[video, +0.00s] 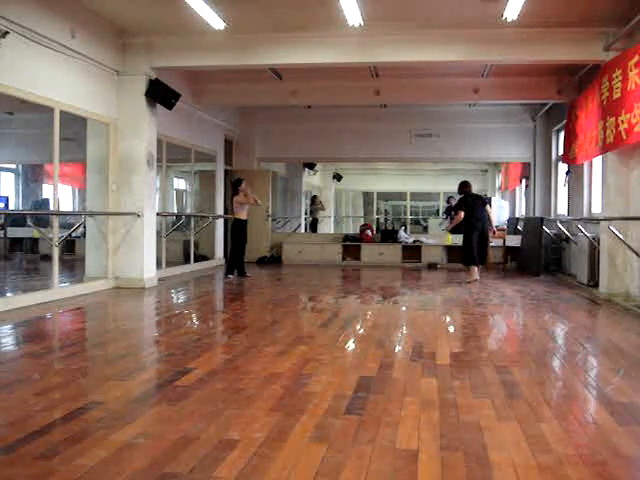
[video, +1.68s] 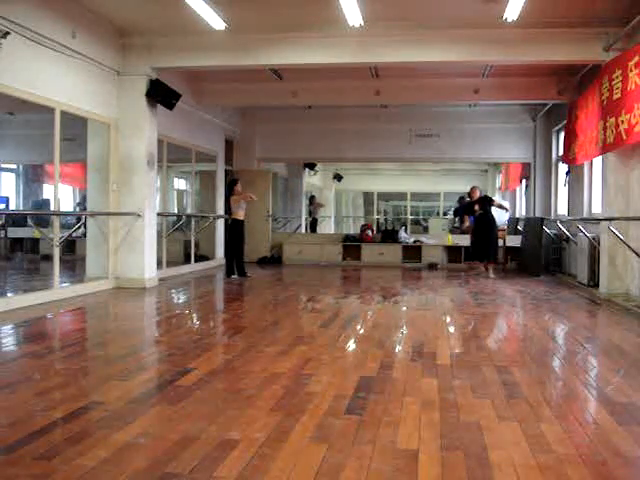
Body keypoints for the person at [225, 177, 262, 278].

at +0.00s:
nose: (245, 186)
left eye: (245, 184)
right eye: (243, 184)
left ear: (242, 186)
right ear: (239, 187)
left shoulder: (244, 197)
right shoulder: (237, 198)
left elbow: (258, 203)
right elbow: (249, 202)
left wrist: (251, 195)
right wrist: (247, 193)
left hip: (244, 221)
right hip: (237, 221)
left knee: (242, 248)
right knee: (235, 248)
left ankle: (241, 271)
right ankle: (229, 272)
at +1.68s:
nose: (240, 187)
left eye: (240, 185)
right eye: (238, 185)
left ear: (238, 187)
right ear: (234, 187)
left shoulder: (241, 197)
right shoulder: (233, 198)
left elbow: (253, 198)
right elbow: (241, 197)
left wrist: (249, 196)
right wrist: (247, 196)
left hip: (240, 221)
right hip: (234, 221)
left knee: (239, 248)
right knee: (232, 248)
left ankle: (241, 271)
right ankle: (230, 272)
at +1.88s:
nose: (242, 186)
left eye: (242, 184)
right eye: (240, 184)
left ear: (241, 187)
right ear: (236, 187)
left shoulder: (242, 198)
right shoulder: (235, 198)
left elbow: (244, 211)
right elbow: (233, 210)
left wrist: (250, 207)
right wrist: (244, 206)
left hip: (241, 221)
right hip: (235, 221)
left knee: (240, 247)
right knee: (233, 247)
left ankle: (241, 271)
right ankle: (230, 271)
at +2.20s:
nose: (245, 187)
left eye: (245, 185)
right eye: (243, 185)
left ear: (243, 187)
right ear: (238, 187)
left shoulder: (245, 198)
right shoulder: (233, 197)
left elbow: (245, 207)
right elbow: (220, 204)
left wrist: (246, 212)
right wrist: (229, 211)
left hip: (241, 221)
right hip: (233, 220)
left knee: (241, 247)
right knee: (230, 246)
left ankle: (241, 271)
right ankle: (226, 270)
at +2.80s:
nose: (232, 187)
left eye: (232, 185)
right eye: (230, 185)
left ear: (233, 187)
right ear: (225, 187)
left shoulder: (234, 196)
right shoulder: (220, 197)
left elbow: (238, 206)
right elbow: (208, 201)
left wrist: (238, 206)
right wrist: (214, 208)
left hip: (232, 220)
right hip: (222, 220)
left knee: (235, 247)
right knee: (222, 247)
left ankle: (238, 271)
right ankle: (222, 271)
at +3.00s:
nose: (231, 189)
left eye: (232, 187)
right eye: (229, 187)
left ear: (232, 188)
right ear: (224, 188)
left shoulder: (233, 197)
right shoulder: (219, 197)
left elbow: (237, 205)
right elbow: (206, 200)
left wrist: (235, 208)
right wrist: (214, 210)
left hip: (231, 220)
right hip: (222, 220)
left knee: (235, 247)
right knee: (222, 247)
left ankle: (239, 271)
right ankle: (222, 271)